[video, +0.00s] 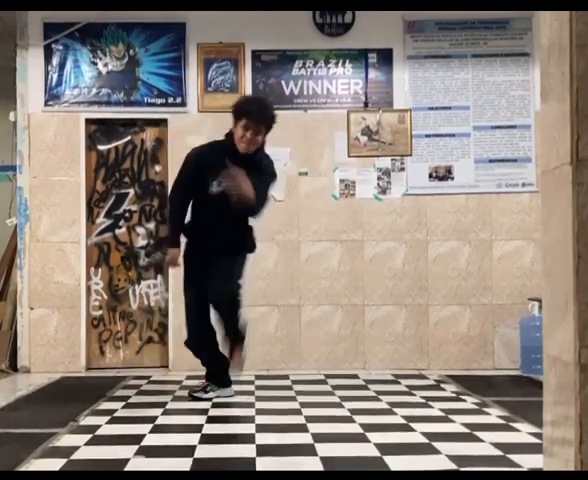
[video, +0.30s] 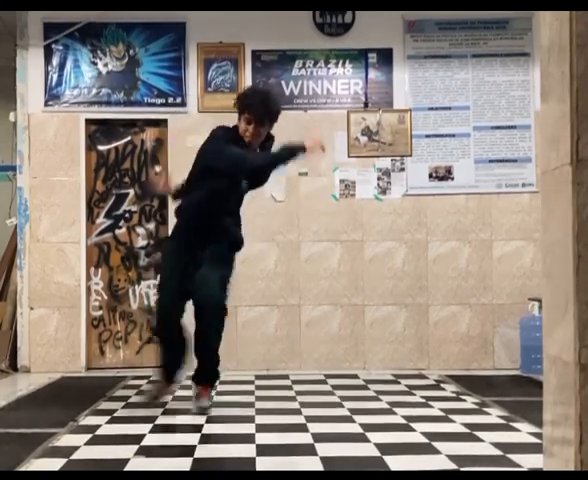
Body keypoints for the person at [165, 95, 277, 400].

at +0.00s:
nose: (250, 137)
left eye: (257, 133)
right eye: (245, 129)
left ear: (265, 135)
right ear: (235, 125)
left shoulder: (262, 166)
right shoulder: (202, 157)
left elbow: (255, 208)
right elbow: (178, 199)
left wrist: (247, 191)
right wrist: (172, 242)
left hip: (233, 243)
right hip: (199, 241)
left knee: (221, 293)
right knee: (196, 328)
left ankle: (234, 335)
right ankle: (219, 380)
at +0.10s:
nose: (251, 135)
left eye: (259, 131)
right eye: (247, 127)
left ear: (268, 135)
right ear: (238, 125)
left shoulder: (262, 174)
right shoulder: (209, 153)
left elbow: (260, 225)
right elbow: (195, 203)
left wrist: (259, 269)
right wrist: (231, 212)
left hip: (225, 244)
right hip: (191, 240)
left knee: (216, 305)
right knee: (190, 307)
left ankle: (215, 377)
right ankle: (201, 364)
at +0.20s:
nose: (250, 133)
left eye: (258, 129)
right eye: (246, 125)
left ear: (268, 133)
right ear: (238, 122)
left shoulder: (259, 174)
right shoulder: (218, 142)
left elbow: (239, 203)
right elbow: (242, 161)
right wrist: (289, 144)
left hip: (217, 235)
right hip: (185, 231)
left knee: (205, 291)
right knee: (183, 301)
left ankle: (202, 365)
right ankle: (209, 367)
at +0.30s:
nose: (249, 130)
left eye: (258, 125)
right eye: (245, 121)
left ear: (270, 127)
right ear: (238, 116)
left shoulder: (263, 151)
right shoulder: (220, 137)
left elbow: (254, 181)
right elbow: (243, 163)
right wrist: (296, 150)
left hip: (220, 238)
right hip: (186, 234)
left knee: (210, 305)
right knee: (167, 308)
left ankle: (205, 380)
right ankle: (171, 367)